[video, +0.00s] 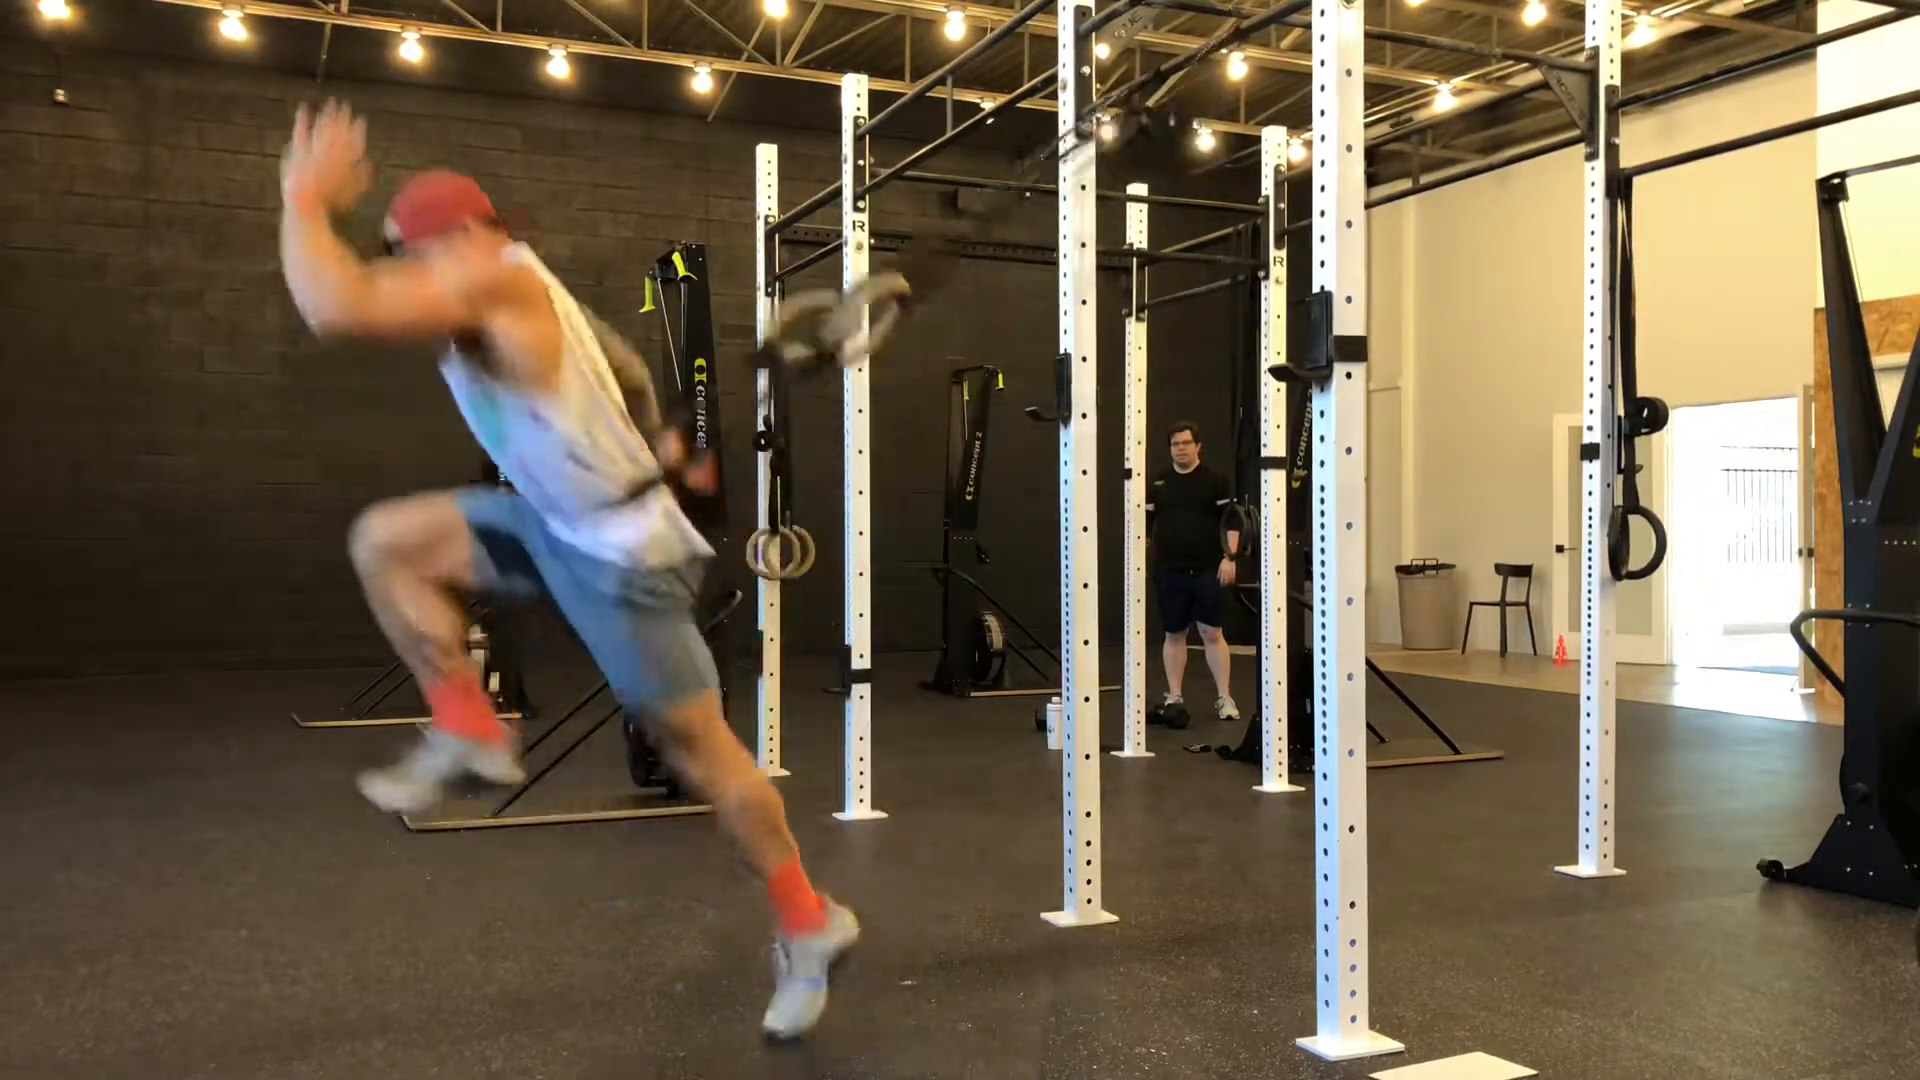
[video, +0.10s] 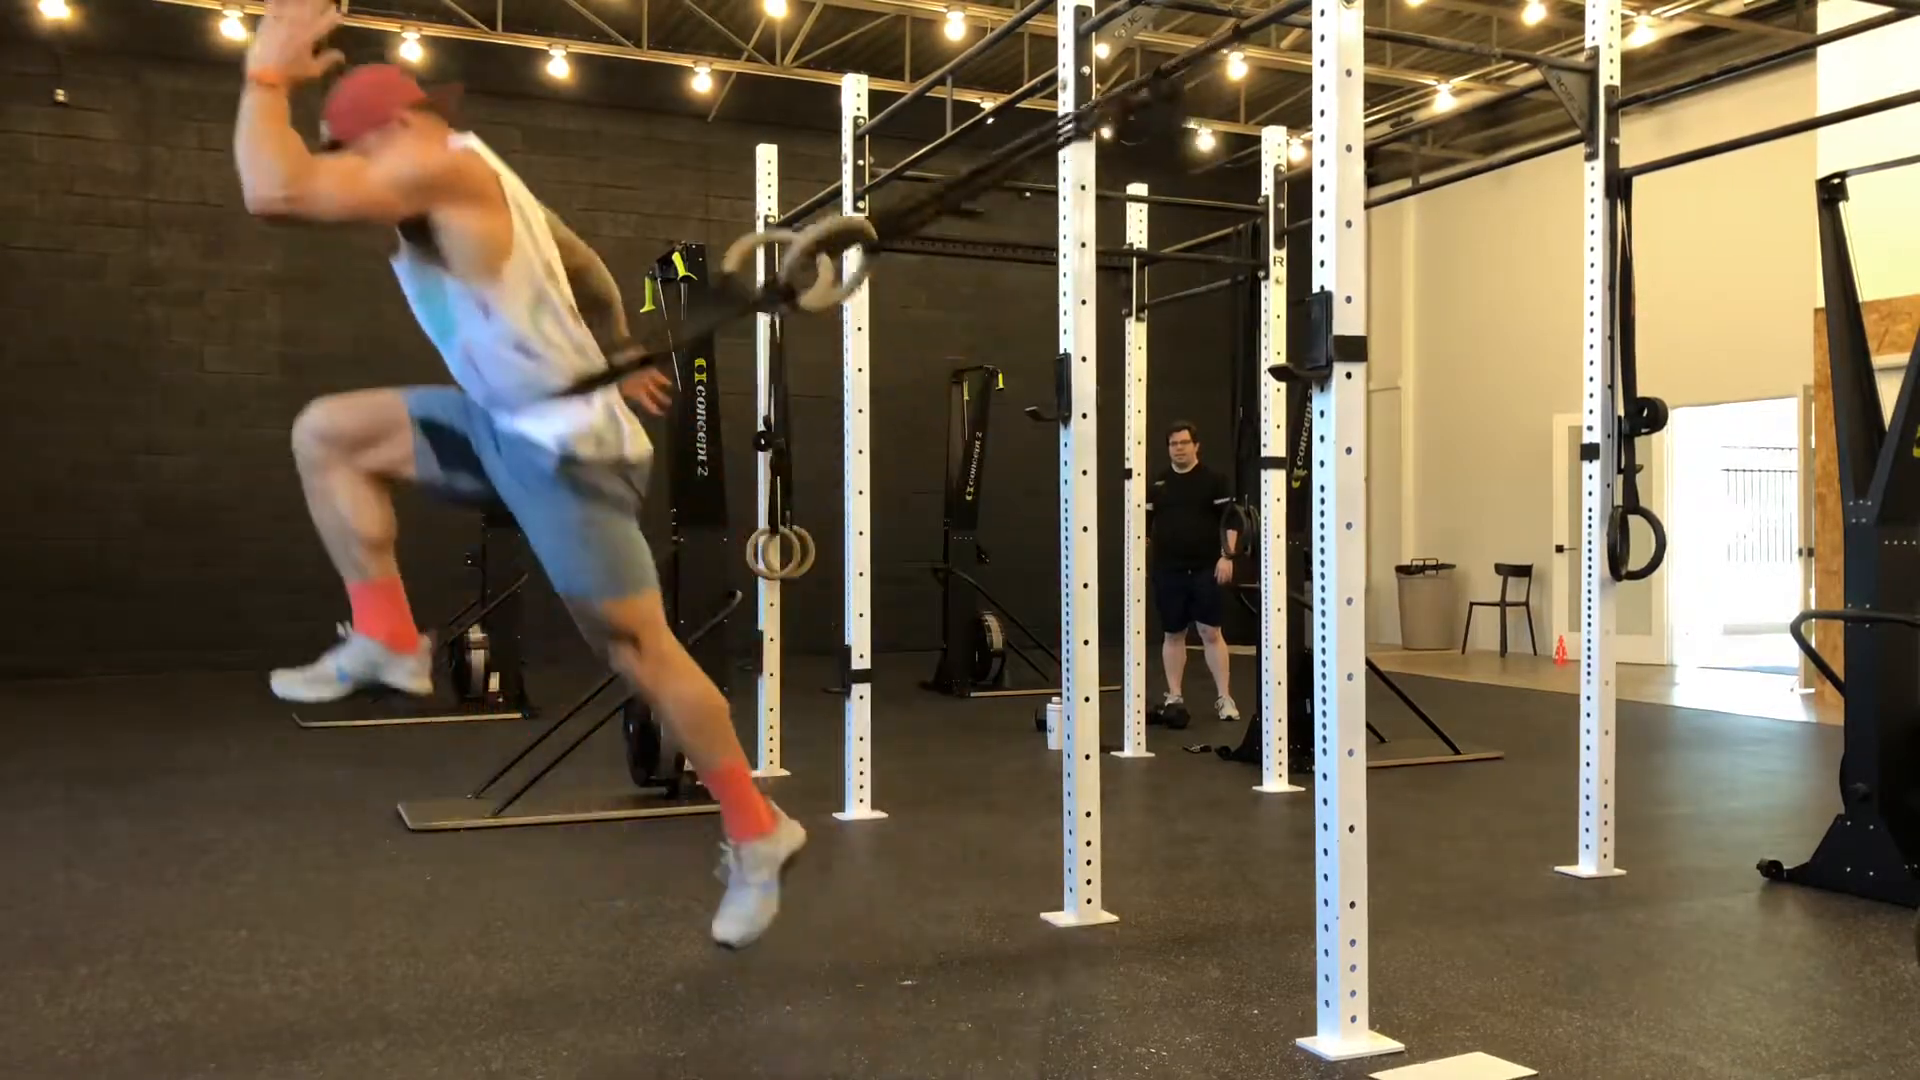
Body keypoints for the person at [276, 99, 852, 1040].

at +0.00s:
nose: (415, 268)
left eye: (420, 250)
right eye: (408, 254)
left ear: (464, 232)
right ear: (457, 232)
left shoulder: (496, 270)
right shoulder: (487, 289)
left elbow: (339, 303)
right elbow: (621, 368)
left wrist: (304, 199)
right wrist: (662, 443)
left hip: (620, 548)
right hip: (550, 520)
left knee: (701, 743)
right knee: (385, 537)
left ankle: (810, 923)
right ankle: (471, 735)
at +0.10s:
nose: (357, 166)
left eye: (360, 148)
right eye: (351, 153)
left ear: (405, 122)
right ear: (404, 122)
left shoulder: (445, 166)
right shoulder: (453, 178)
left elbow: (275, 187)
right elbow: (584, 264)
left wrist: (266, 71)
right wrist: (623, 355)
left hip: (565, 439)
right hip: (496, 419)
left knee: (639, 648)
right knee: (325, 433)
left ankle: (758, 829)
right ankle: (387, 641)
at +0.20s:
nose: (334, 115)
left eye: (337, 97)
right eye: (327, 103)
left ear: (379, 69)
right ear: (391, 66)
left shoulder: (416, 111)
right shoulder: (429, 114)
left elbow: (255, 154)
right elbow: (560, 234)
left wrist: (230, 48)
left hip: (550, 383)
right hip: (488, 368)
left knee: (618, 606)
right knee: (312, 375)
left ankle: (725, 795)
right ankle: (368, 586)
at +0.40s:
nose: (361, 141)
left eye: (361, 125)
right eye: (354, 129)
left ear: (389, 101)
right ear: (402, 92)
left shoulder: (457, 139)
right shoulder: (431, 134)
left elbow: (290, 188)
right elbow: (305, 186)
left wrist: (260, 69)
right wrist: (286, 62)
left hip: (588, 394)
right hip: (516, 381)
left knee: (657, 618)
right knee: (350, 406)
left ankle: (771, 803)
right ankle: (432, 608)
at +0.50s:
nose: (412, 216)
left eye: (413, 198)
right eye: (403, 205)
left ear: (453, 169)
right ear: (443, 172)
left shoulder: (501, 213)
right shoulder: (475, 214)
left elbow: (347, 270)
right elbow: (364, 261)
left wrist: (313, 146)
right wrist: (329, 150)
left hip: (638, 463)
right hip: (561, 448)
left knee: (704, 677)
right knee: (411, 502)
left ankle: (809, 868)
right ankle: (526, 680)